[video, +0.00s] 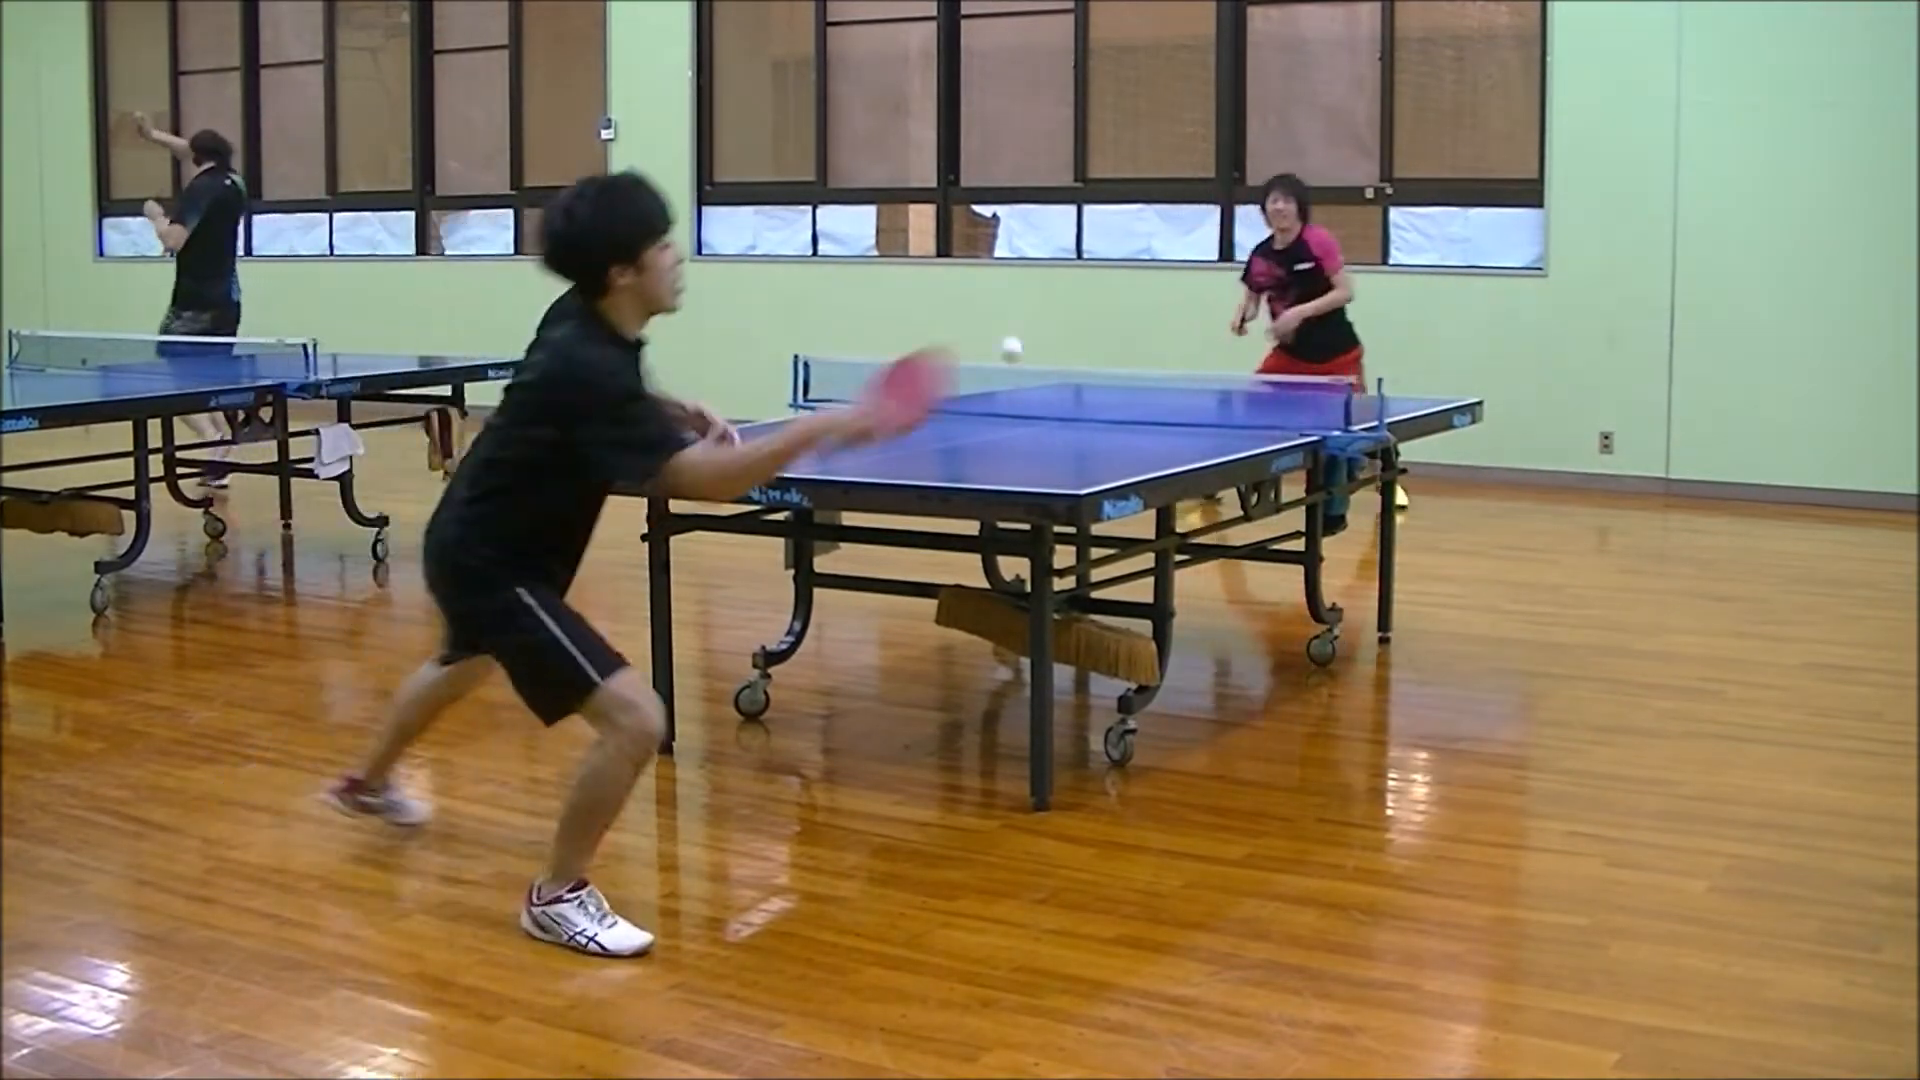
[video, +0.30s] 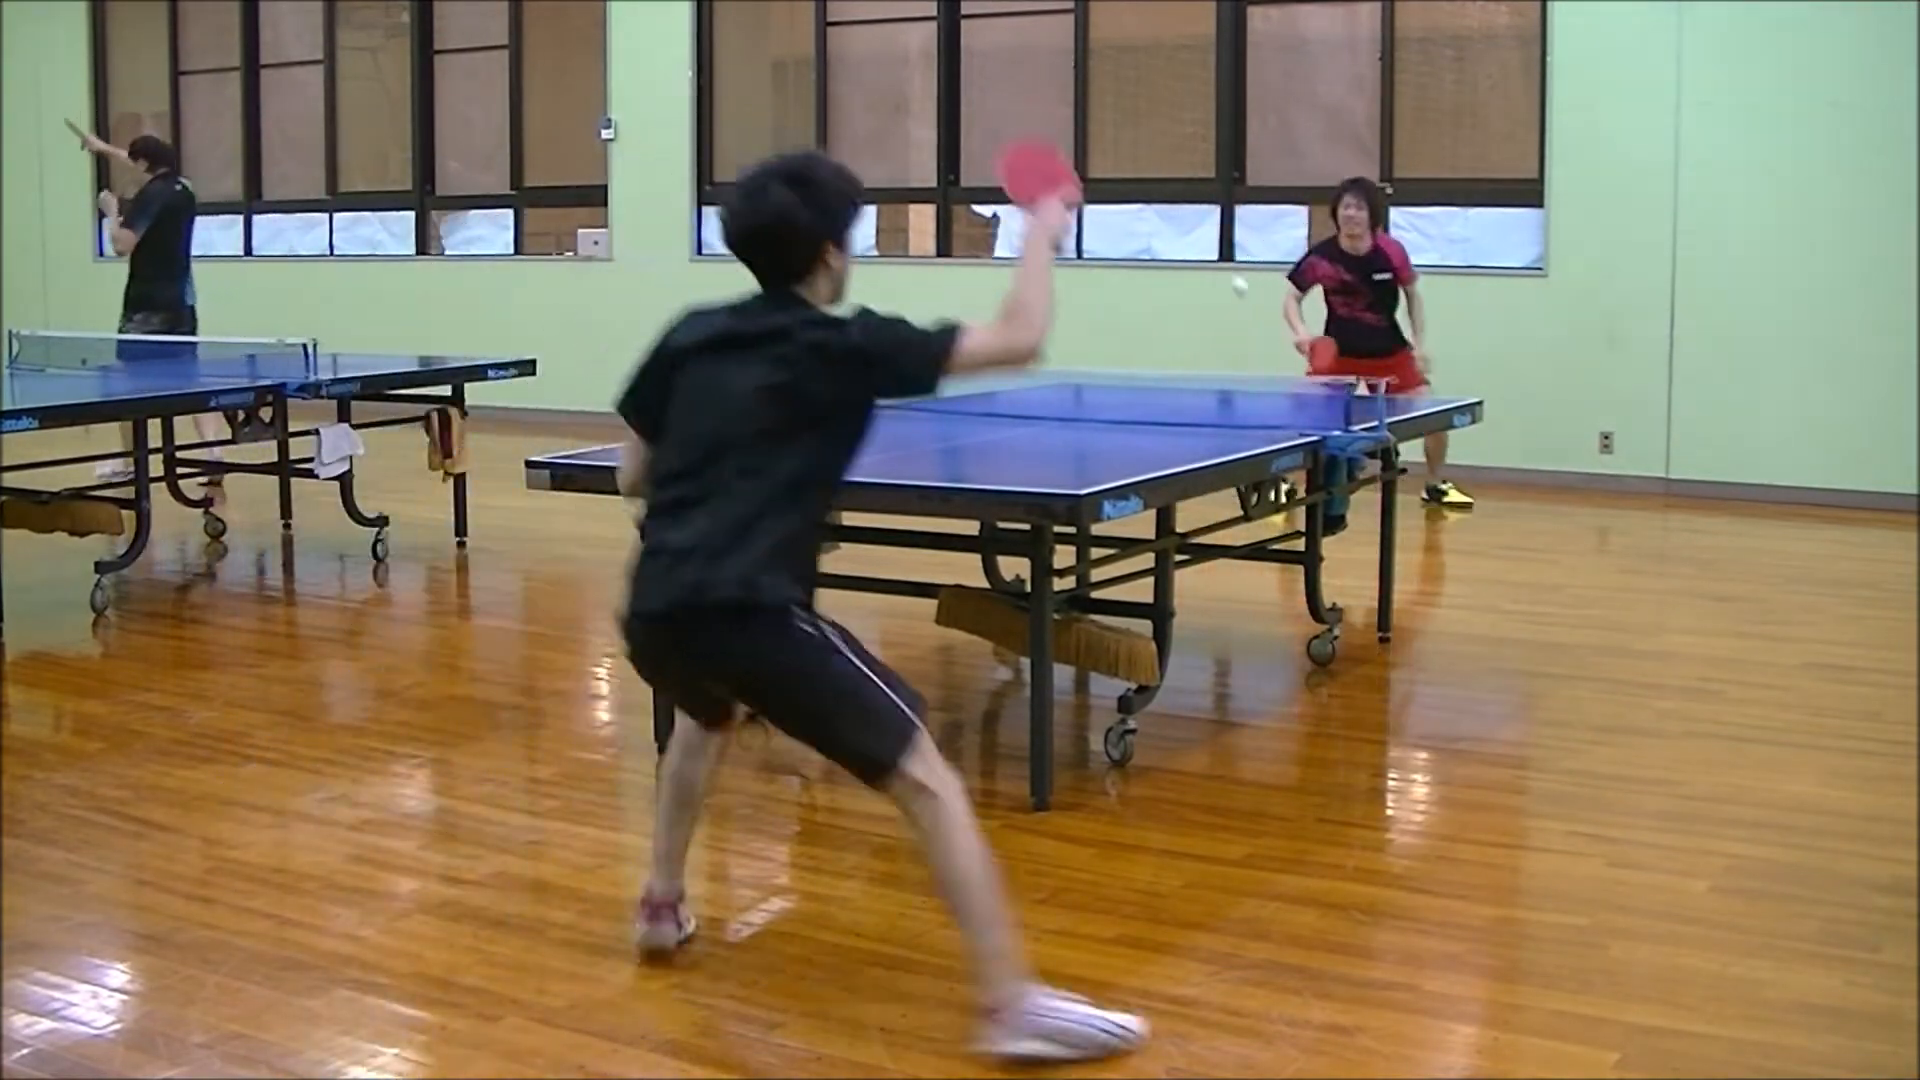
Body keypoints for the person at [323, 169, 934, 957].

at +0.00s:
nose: (679, 258)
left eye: (673, 244)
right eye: (665, 248)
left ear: (618, 271)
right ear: (620, 274)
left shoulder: (587, 324)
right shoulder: (588, 370)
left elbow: (599, 406)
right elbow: (707, 477)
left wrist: (674, 415)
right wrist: (821, 428)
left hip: (477, 547)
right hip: (492, 568)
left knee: (464, 664)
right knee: (635, 722)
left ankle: (366, 778)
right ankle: (558, 894)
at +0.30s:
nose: (854, 253)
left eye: (848, 238)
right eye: (849, 240)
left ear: (755, 251)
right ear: (826, 255)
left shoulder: (692, 337)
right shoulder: (847, 344)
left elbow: (634, 477)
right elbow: (1020, 337)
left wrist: (728, 451)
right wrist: (1043, 226)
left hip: (657, 609)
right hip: (759, 613)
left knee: (701, 716)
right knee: (928, 780)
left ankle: (660, 905)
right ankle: (1011, 999)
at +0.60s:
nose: (760, 289)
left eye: (749, 278)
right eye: (755, 278)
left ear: (665, 302)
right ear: (745, 295)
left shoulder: (624, 395)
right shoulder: (792, 383)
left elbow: (507, 444)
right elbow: (843, 496)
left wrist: (552, 375)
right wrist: (906, 524)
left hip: (679, 658)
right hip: (798, 656)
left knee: (627, 742)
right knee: (932, 807)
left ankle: (660, 925)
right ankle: (1070, 1002)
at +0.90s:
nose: (543, 163)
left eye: (541, 149)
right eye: (541, 151)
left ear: (445, 155)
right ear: (524, 162)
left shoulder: (396, 235)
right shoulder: (536, 262)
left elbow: (280, 328)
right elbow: (594, 398)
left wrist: (199, 412)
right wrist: (646, 391)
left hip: (378, 502)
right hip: (448, 513)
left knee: (479, 647)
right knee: (503, 717)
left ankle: (435, 811)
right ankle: (327, 859)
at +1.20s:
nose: (363, 292)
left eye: (360, 278)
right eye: (358, 280)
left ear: (288, 293)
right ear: (333, 297)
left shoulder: (265, 356)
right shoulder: (302, 389)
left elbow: (286, 454)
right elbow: (342, 528)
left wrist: (366, 486)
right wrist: (449, 500)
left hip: (173, 579)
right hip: (215, 597)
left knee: (214, 686)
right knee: (376, 717)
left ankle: (111, 803)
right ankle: (279, 893)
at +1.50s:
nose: (287, 290)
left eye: (285, 277)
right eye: (278, 280)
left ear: (236, 291)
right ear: (240, 293)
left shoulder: (241, 348)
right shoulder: (168, 389)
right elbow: (151, 532)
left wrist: (280, 417)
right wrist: (247, 468)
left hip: (185, 549)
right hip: (136, 564)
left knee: (218, 676)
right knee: (249, 685)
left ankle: (103, 783)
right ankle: (169, 871)